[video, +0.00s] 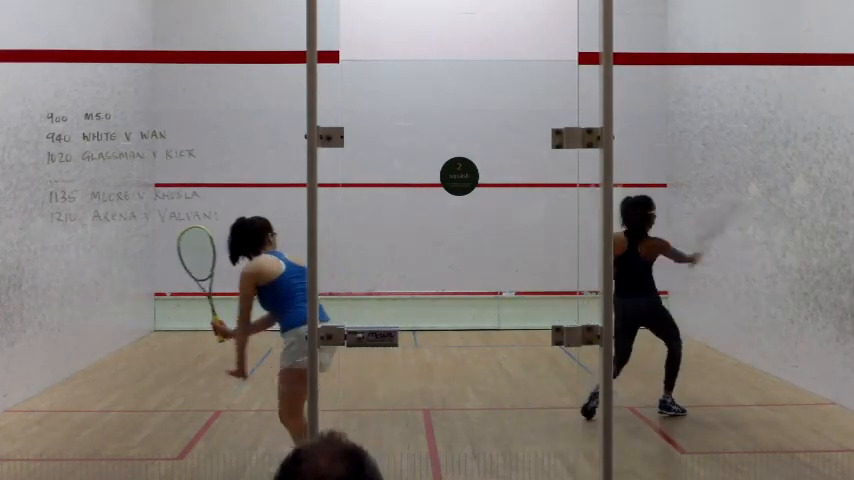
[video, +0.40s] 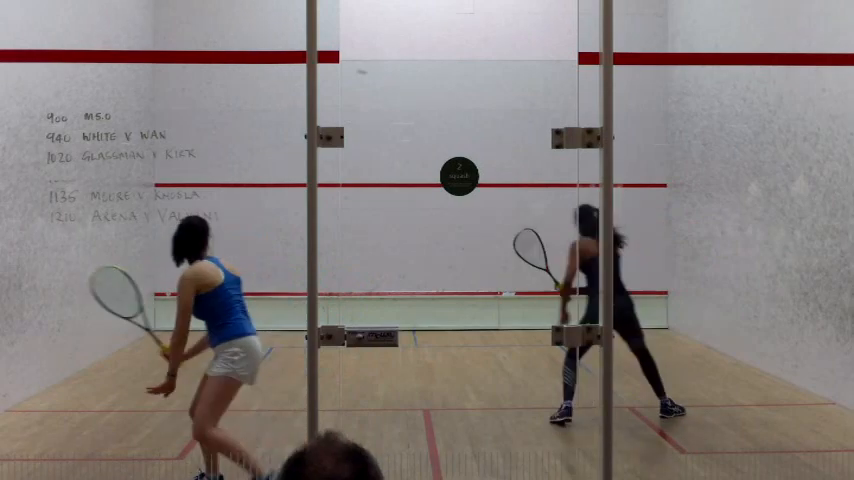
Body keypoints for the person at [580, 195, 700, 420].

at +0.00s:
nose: (653, 219)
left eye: (652, 215)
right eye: (651, 216)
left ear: (626, 218)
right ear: (645, 219)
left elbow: (605, 267)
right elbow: (677, 257)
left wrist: (616, 275)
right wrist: (692, 259)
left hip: (624, 308)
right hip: (649, 307)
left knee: (620, 356)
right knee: (674, 344)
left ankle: (596, 394)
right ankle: (667, 399)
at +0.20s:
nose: (611, 220)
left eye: (612, 216)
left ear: (616, 218)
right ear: (636, 216)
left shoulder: (615, 241)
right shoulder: (648, 243)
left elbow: (597, 277)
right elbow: (641, 272)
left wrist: (619, 281)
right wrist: (611, 284)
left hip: (624, 309)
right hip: (650, 307)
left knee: (601, 346)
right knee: (663, 348)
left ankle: (585, 389)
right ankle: (666, 399)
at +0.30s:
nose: (594, 227)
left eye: (597, 223)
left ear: (602, 224)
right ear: (625, 223)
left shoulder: (599, 245)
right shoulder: (631, 243)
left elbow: (586, 278)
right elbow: (617, 280)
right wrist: (590, 290)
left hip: (617, 309)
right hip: (641, 308)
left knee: (588, 351)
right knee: (655, 350)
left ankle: (571, 397)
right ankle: (665, 400)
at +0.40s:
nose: (576, 225)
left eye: (576, 222)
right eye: (578, 221)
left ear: (579, 223)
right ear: (597, 220)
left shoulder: (579, 245)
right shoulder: (612, 240)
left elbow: (569, 278)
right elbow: (608, 278)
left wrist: (563, 307)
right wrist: (581, 289)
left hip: (598, 308)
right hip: (623, 306)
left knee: (573, 355)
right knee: (641, 351)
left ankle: (566, 407)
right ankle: (665, 402)